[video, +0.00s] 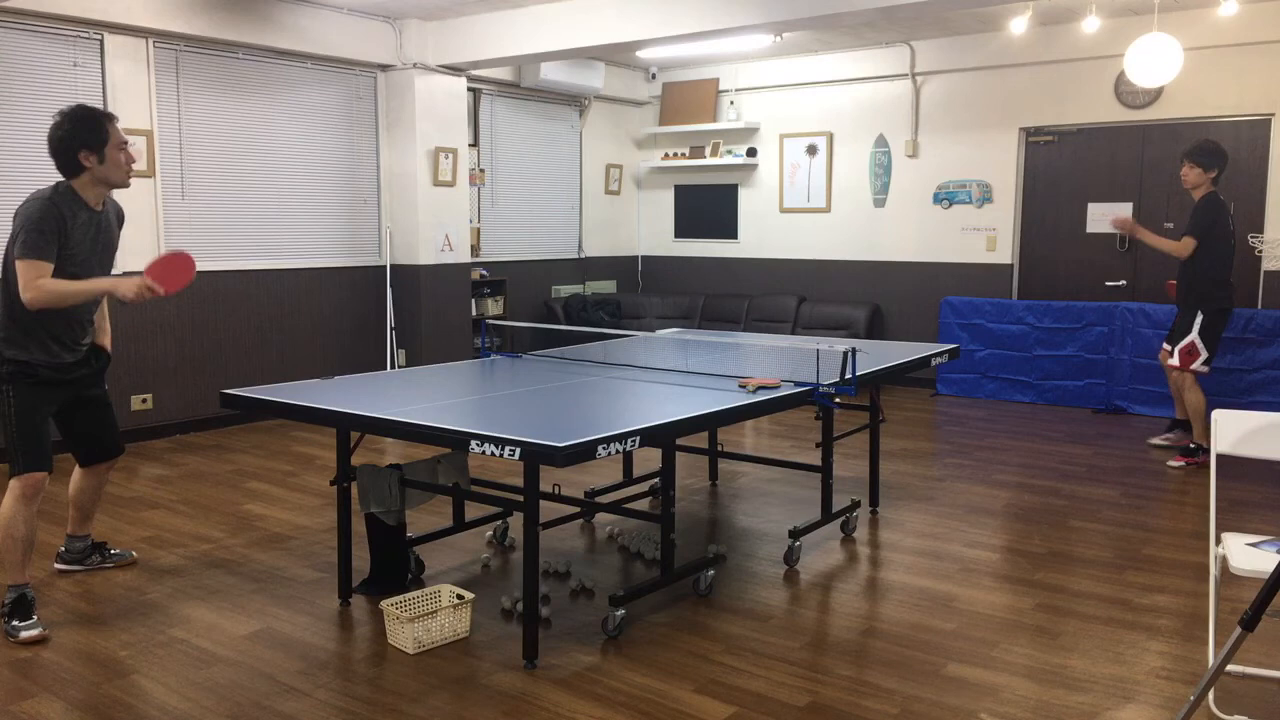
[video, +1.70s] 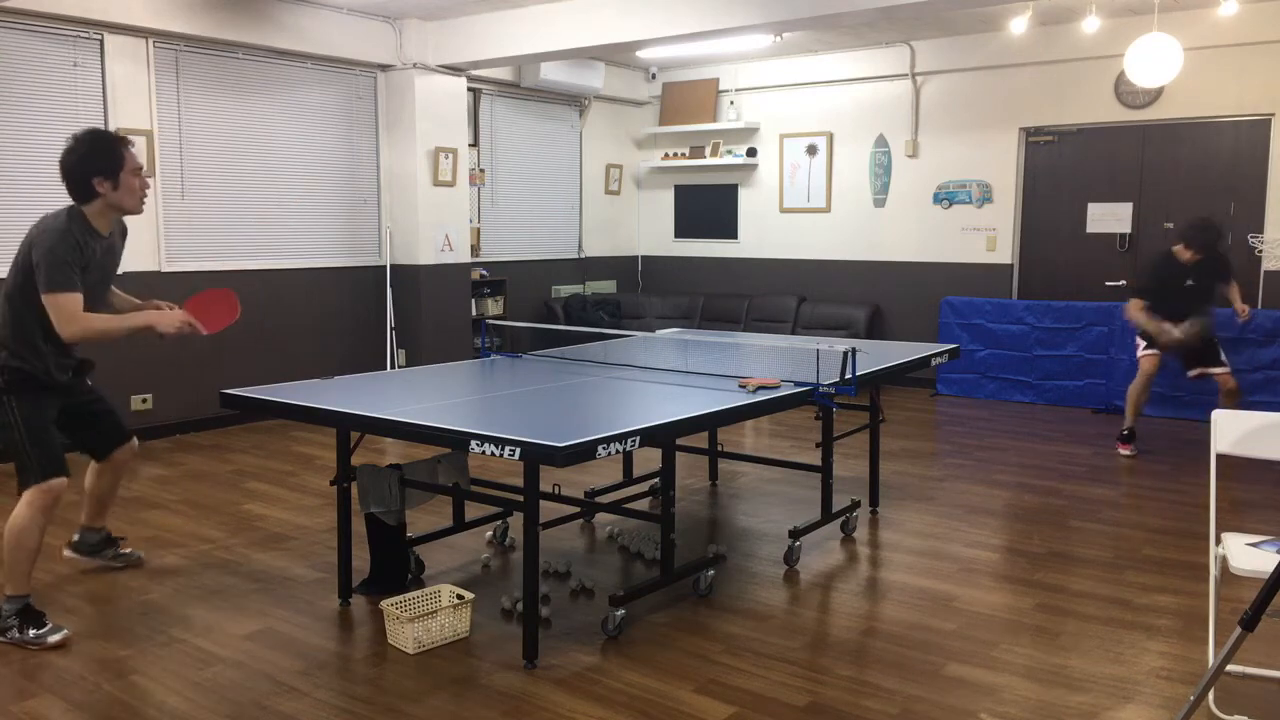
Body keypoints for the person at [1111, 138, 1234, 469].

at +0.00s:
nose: (1183, 172)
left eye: (1191, 167)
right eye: (1183, 166)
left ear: (1211, 173)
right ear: (1188, 170)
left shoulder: (1210, 205)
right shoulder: (1209, 204)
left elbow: (1184, 250)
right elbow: (1211, 258)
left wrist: (1137, 231)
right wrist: (1186, 287)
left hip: (1209, 303)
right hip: (1196, 300)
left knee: (1183, 371)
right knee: (1168, 357)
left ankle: (1202, 447)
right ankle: (1183, 427)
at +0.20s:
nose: (1183, 170)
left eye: (1190, 165)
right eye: (1183, 164)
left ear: (1209, 170)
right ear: (1198, 171)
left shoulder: (1208, 204)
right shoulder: (1209, 203)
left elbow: (1181, 252)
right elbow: (1188, 254)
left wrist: (1138, 264)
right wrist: (1147, 265)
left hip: (1206, 302)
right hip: (1197, 299)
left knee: (1190, 373)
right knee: (1180, 366)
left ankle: (1201, 446)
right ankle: (1173, 425)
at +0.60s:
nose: (1176, 178)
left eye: (1184, 173)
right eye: (1174, 172)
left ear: (1201, 180)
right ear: (1170, 176)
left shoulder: (1217, 215)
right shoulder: (1167, 219)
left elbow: (1231, 257)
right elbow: (1154, 266)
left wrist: (1186, 278)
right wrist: (1148, 253)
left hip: (1204, 305)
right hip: (1172, 301)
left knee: (1191, 373)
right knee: (1152, 366)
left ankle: (1201, 445)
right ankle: (1155, 423)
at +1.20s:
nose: (1203, 207)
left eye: (1210, 201)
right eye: (1198, 200)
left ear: (1223, 206)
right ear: (1192, 203)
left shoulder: (1237, 234)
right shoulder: (1177, 236)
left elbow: (1249, 262)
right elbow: (1150, 268)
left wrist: (1232, 285)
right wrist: (1173, 291)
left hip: (1219, 312)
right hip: (1179, 311)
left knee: (1238, 373)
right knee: (1165, 371)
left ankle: (1234, 428)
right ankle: (1155, 423)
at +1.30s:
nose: (1215, 212)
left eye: (1223, 206)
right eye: (1211, 204)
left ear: (1236, 212)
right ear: (1205, 207)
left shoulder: (1244, 237)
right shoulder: (1188, 239)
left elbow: (1253, 263)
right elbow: (1160, 282)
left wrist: (1240, 286)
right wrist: (1200, 297)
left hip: (1220, 311)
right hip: (1181, 310)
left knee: (1240, 374)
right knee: (1170, 371)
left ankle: (1233, 429)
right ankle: (1152, 423)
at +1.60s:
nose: (1210, 246)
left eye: (1217, 243)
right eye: (1209, 240)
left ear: (1225, 243)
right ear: (1200, 233)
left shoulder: (1227, 253)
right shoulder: (1180, 259)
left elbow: (1242, 277)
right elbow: (1172, 309)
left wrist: (1245, 295)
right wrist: (1222, 302)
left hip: (1203, 321)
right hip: (1167, 321)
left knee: (1235, 379)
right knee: (1157, 367)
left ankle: (1231, 435)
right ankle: (1130, 430)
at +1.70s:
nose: (1193, 257)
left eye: (1199, 254)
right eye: (1191, 251)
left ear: (1207, 252)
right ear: (1183, 244)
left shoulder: (1213, 261)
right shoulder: (1160, 263)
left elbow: (1228, 283)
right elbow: (1132, 308)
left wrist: (1237, 303)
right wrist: (1160, 329)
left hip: (1194, 325)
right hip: (1156, 323)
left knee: (1229, 386)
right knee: (1148, 369)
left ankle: (1228, 437)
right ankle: (1127, 431)